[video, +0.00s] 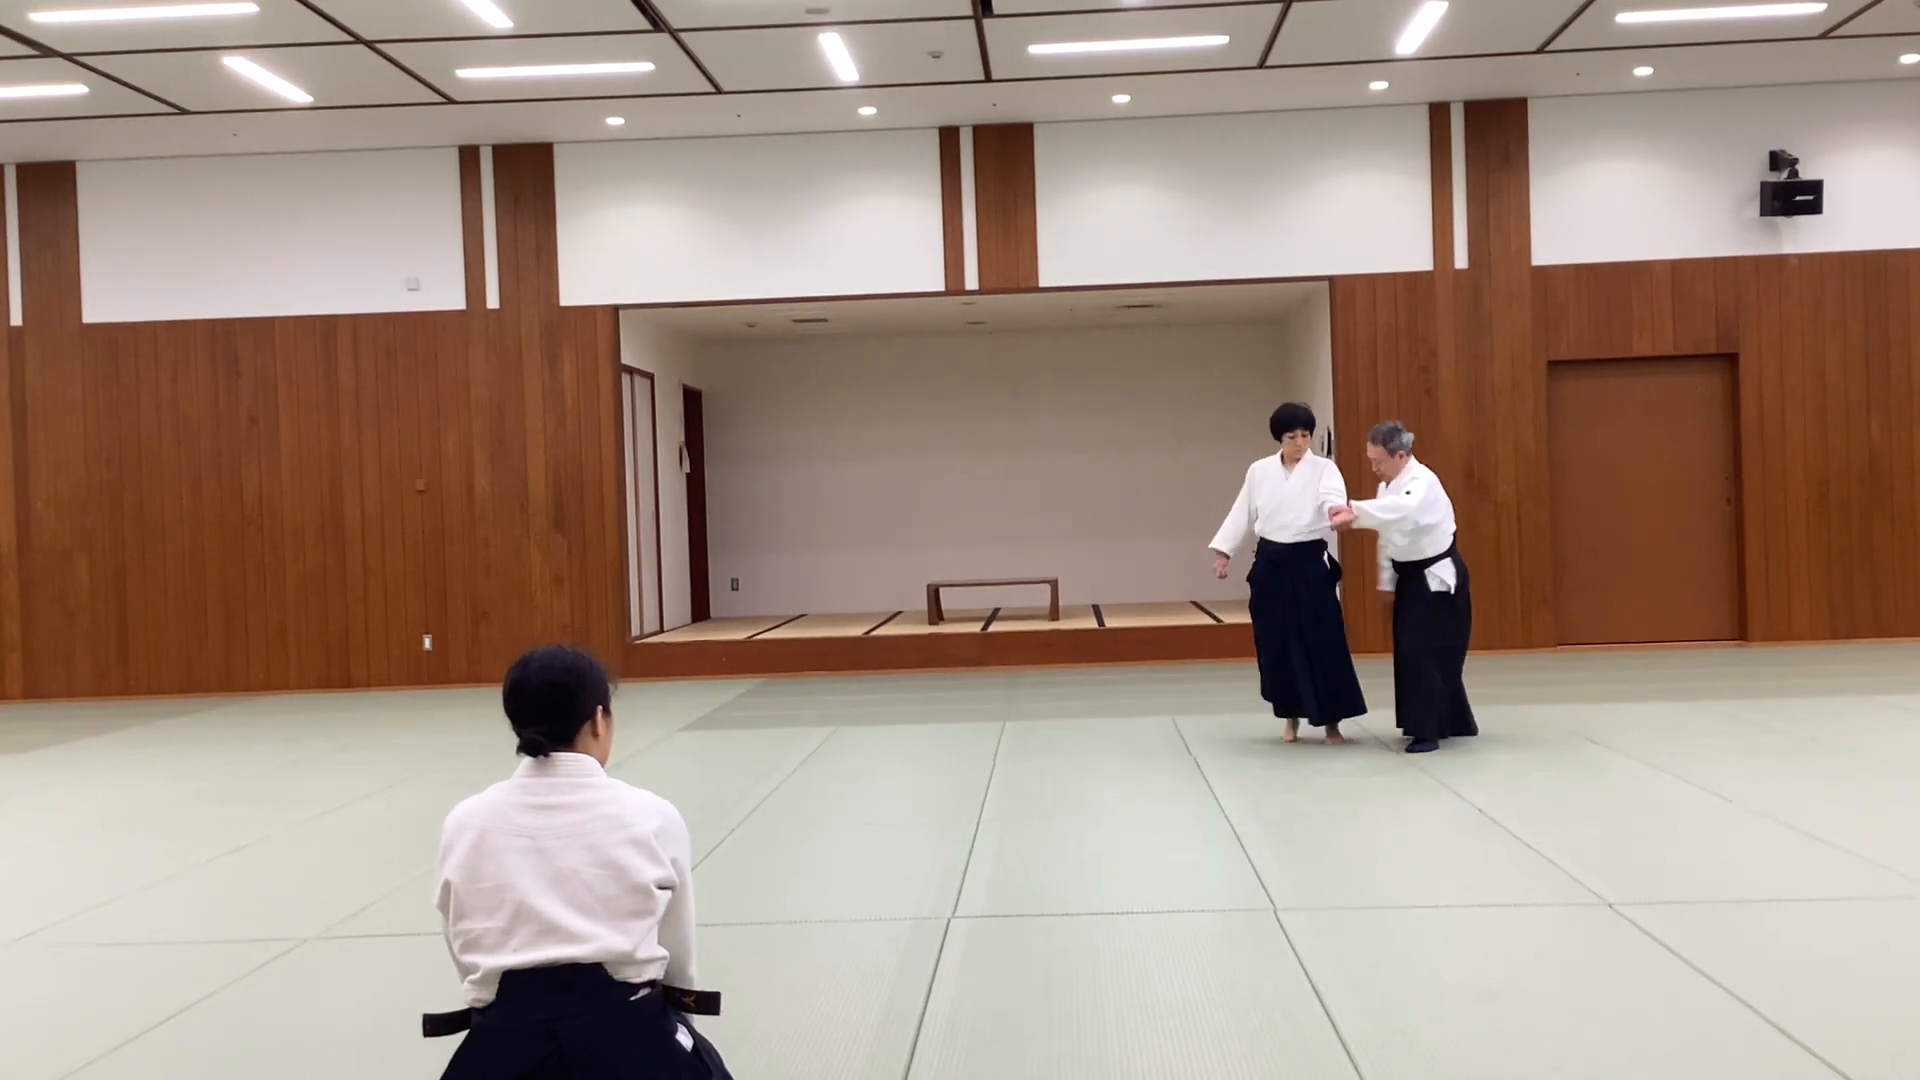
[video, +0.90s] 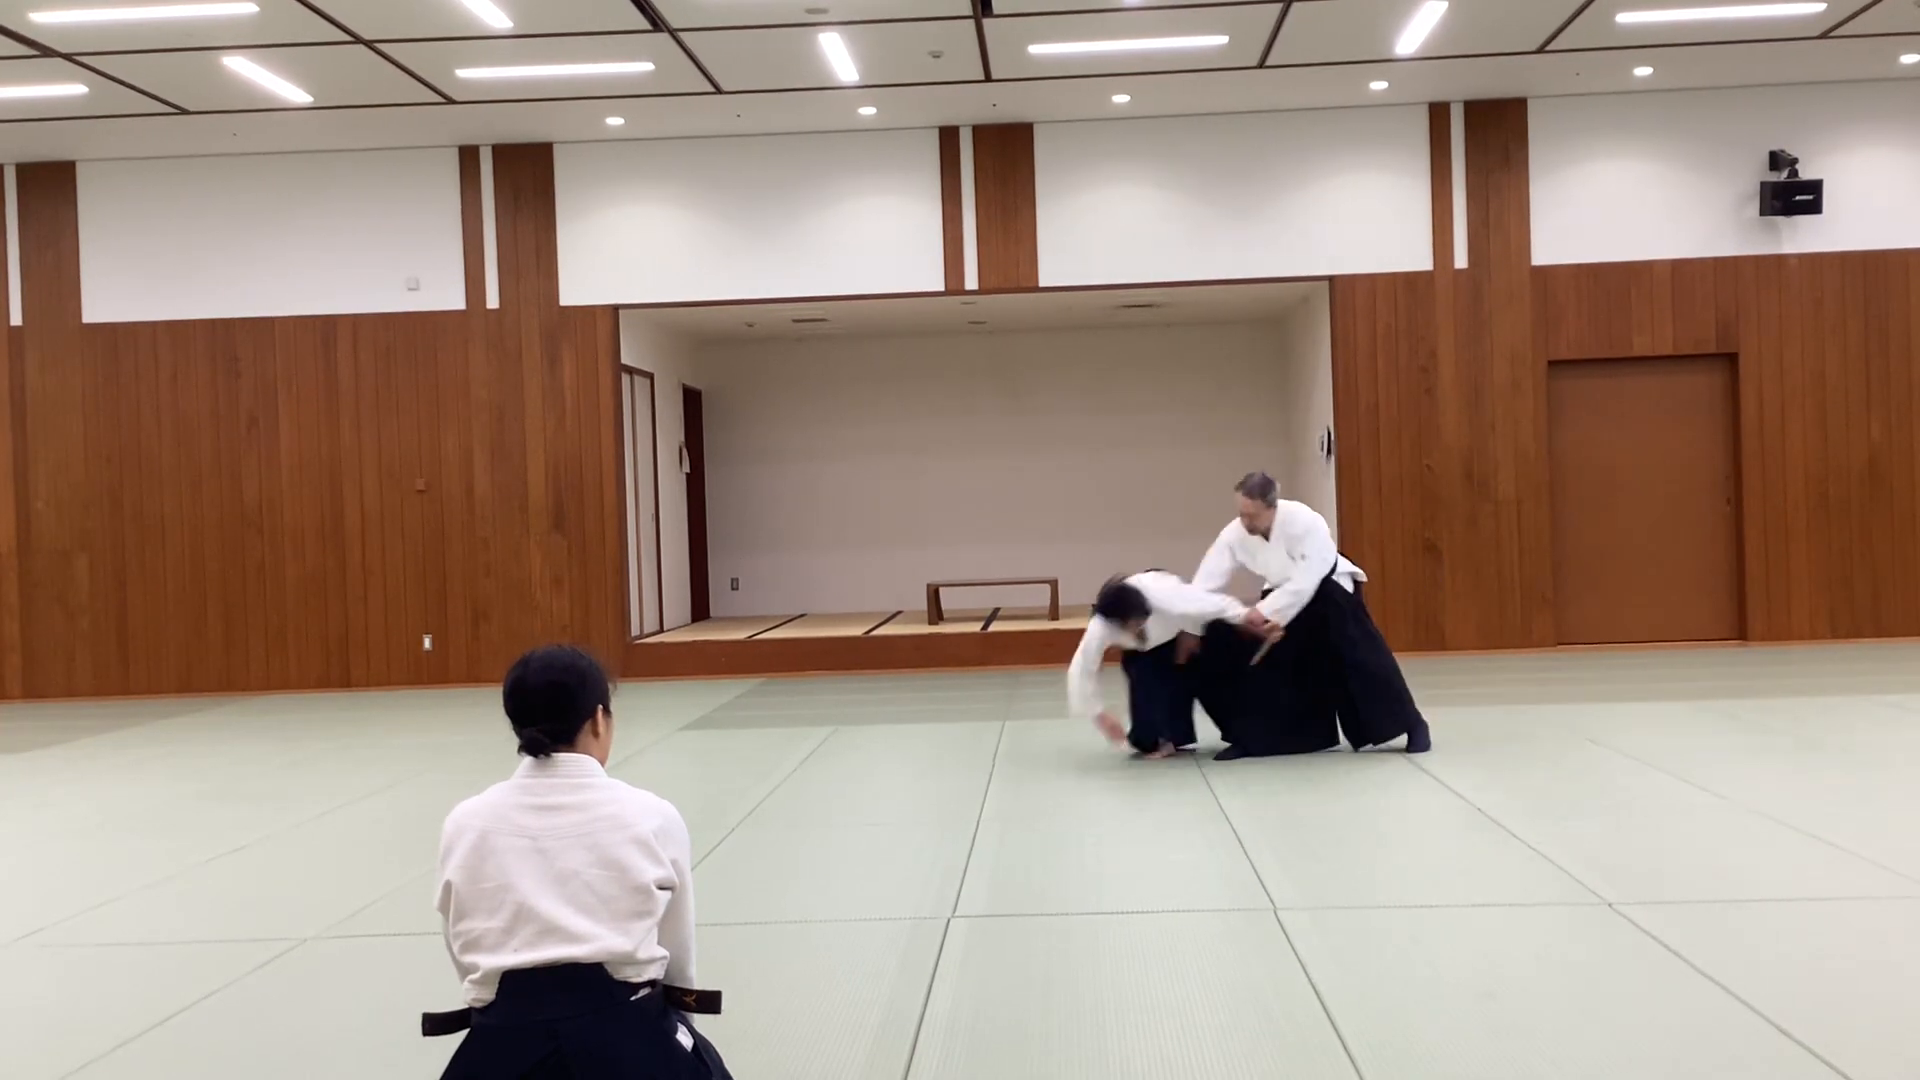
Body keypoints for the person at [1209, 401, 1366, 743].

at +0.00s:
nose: (1300, 442)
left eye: (1305, 435)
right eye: (1293, 436)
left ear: (1312, 436)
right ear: (1279, 436)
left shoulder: (1325, 469)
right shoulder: (1259, 470)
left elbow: (1334, 500)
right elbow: (1241, 513)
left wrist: (1338, 511)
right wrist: (1224, 550)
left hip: (1311, 562)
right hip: (1270, 564)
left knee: (1321, 640)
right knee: (1278, 642)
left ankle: (1332, 725)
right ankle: (1290, 721)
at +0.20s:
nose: (1300, 436)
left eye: (1306, 429)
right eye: (1293, 430)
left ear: (1315, 431)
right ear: (1281, 431)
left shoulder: (1328, 465)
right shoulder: (1264, 465)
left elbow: (1337, 515)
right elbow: (1248, 507)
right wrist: (1234, 546)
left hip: (1312, 558)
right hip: (1269, 556)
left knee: (1319, 637)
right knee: (1279, 637)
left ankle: (1335, 722)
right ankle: (1290, 719)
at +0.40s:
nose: (1291, 437)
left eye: (1298, 430)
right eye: (1284, 431)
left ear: (1310, 432)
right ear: (1276, 433)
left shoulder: (1320, 470)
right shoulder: (1262, 463)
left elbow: (1304, 517)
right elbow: (1245, 506)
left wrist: (1261, 544)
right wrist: (1232, 545)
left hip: (1301, 570)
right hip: (1264, 568)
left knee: (1300, 643)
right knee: (1268, 642)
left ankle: (1305, 718)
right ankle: (1286, 713)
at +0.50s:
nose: (1273, 451)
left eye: (1280, 444)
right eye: (1267, 444)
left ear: (1295, 444)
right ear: (1261, 443)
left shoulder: (1307, 482)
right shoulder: (1252, 472)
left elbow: (1296, 536)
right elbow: (1236, 515)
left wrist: (1257, 568)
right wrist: (1226, 556)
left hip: (1284, 571)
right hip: (1246, 565)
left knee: (1270, 642)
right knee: (1233, 636)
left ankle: (1262, 719)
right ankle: (1248, 717)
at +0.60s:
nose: (1240, 480)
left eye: (1246, 473)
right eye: (1236, 473)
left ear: (1263, 472)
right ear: (1233, 472)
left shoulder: (1285, 506)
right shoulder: (1227, 500)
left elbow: (1285, 560)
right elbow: (1218, 543)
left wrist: (1262, 602)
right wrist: (1213, 577)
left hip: (1271, 585)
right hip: (1235, 582)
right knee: (1207, 633)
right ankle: (1198, 720)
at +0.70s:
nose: (1196, 524)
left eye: (1200, 517)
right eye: (1193, 518)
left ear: (1216, 513)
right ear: (1191, 517)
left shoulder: (1250, 534)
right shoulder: (1189, 542)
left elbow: (1273, 582)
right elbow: (1177, 577)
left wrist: (1268, 630)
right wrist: (1176, 618)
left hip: (1251, 611)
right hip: (1216, 610)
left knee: (1244, 670)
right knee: (1190, 661)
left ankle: (1245, 734)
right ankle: (1171, 734)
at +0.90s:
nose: (1138, 625)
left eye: (1139, 619)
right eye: (1131, 623)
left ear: (1141, 607)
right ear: (1114, 620)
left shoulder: (1161, 596)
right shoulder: (1101, 623)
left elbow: (1214, 604)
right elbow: (1080, 670)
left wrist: (1247, 617)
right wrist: (1099, 716)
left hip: (1171, 636)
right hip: (1138, 647)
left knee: (1173, 688)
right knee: (1144, 692)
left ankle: (1174, 741)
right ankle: (1150, 742)